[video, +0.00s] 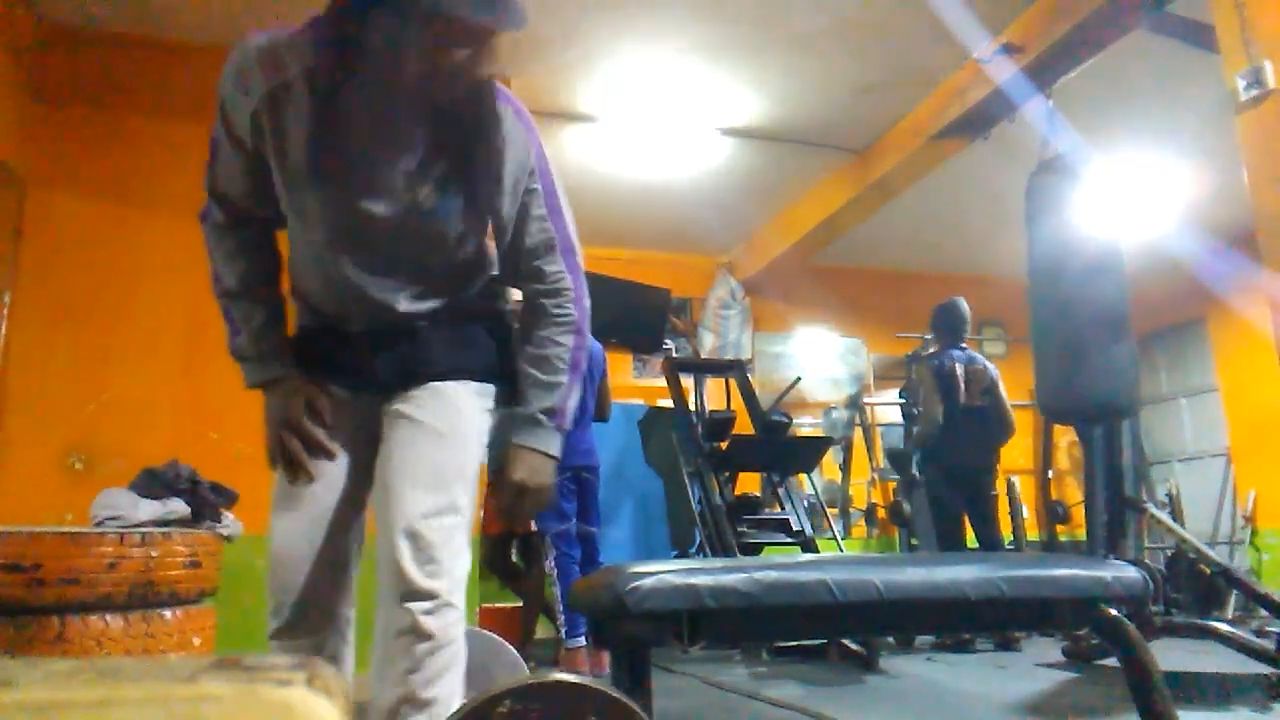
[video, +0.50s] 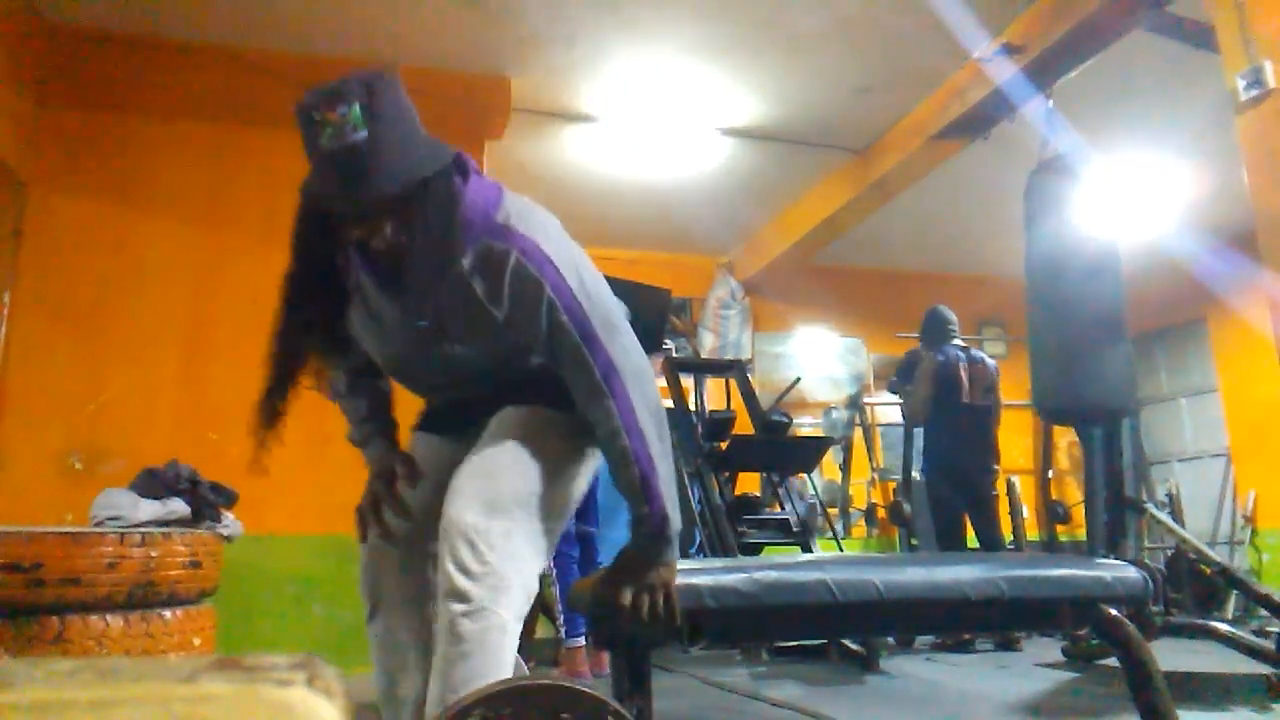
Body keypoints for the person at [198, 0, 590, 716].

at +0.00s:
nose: (482, 68)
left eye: (491, 45)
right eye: (460, 45)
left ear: (498, 34)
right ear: (390, 30)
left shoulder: (494, 122)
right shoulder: (269, 76)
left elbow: (555, 282)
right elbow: (235, 224)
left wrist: (538, 433)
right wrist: (270, 372)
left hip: (447, 342)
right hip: (328, 340)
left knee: (421, 573)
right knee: (297, 574)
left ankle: (413, 718)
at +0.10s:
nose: (454, 98)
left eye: (466, 73)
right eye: (431, 74)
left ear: (477, 59)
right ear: (369, 61)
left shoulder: (488, 138)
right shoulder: (270, 109)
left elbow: (572, 299)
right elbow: (252, 252)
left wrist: (565, 454)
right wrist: (293, 384)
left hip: (470, 344)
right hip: (357, 344)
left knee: (433, 562)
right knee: (318, 566)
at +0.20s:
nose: (424, 132)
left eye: (434, 102)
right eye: (394, 109)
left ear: (446, 82)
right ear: (337, 99)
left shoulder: (491, 166)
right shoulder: (272, 155)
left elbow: (587, 316)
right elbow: (281, 291)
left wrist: (596, 492)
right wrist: (318, 401)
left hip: (496, 354)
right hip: (386, 355)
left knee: (456, 558)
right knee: (342, 558)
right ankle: (331, 719)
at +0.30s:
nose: (399, 189)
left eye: (412, 161)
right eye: (371, 171)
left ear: (431, 134)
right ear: (322, 158)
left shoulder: (492, 192)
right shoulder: (289, 192)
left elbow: (599, 344)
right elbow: (302, 314)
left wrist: (629, 520)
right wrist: (337, 415)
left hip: (517, 364)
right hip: (408, 369)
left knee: (468, 539)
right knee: (356, 556)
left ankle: (466, 717)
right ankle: (357, 719)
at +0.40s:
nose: (381, 213)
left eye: (397, 186)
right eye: (356, 195)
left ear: (422, 161)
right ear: (324, 186)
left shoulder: (496, 217)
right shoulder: (318, 238)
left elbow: (607, 362)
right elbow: (325, 340)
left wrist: (644, 531)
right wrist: (352, 429)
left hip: (533, 373)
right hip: (430, 384)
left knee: (469, 537)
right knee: (375, 542)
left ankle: (470, 716)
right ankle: (391, 713)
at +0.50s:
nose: (380, 229)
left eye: (393, 206)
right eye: (359, 214)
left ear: (421, 184)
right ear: (332, 207)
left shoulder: (509, 237)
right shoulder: (342, 259)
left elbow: (615, 372)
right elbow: (350, 359)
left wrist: (656, 535)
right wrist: (378, 445)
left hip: (556, 387)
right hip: (460, 396)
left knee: (479, 523)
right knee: (393, 525)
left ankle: (469, 714)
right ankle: (406, 710)